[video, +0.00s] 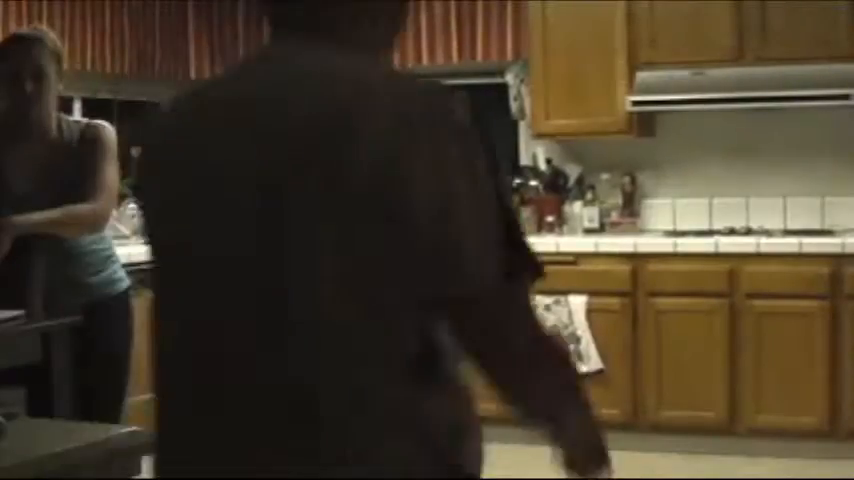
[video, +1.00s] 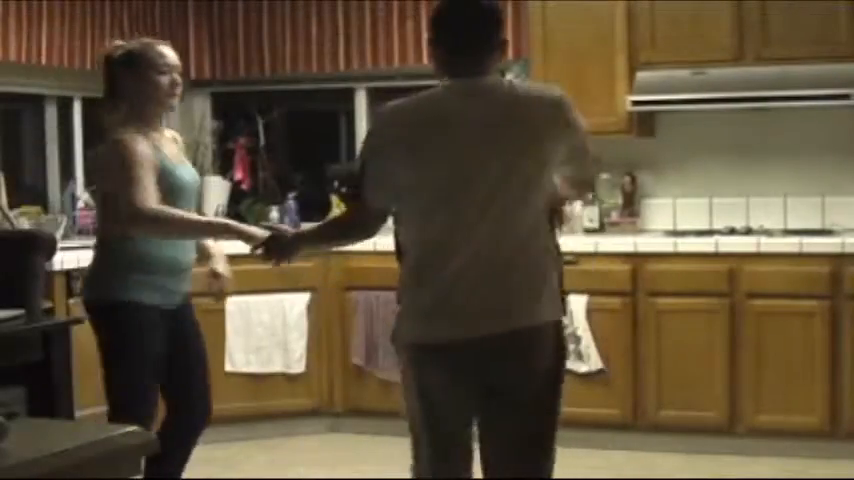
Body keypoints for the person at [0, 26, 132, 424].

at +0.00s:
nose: (26, 88)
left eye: (37, 77)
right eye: (15, 78)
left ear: (58, 80)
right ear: (2, 83)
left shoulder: (94, 135)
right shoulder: (7, 143)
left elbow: (98, 213)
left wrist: (16, 225)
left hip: (97, 298)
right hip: (30, 304)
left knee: (97, 431)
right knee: (41, 427)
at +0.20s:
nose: (45, 83)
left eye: (54, 72)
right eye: (33, 73)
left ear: (67, 79)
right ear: (11, 79)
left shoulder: (96, 136)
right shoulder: (8, 138)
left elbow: (97, 215)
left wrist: (17, 222)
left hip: (97, 295)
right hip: (25, 305)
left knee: (127, 432)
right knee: (42, 435)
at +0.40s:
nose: (79, 76)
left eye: (86, 68)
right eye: (68, 66)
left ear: (91, 77)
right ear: (32, 71)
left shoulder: (107, 136)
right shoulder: (10, 135)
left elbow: (103, 214)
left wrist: (25, 217)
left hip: (103, 294)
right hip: (26, 302)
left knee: (151, 425)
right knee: (44, 433)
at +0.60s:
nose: (106, 68)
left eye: (110, 61)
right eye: (91, 58)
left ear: (115, 73)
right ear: (55, 69)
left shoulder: (129, 135)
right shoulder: (21, 142)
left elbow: (156, 220)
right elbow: (2, 204)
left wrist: (77, 227)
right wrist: (22, 221)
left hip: (123, 298)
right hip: (51, 306)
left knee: (156, 420)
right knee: (62, 432)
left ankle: (155, 477)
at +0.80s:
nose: (138, 73)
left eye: (141, 66)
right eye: (125, 63)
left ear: (146, 77)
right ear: (91, 74)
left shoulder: (156, 138)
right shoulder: (71, 139)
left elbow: (184, 214)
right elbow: (31, 200)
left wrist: (176, 257)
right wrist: (120, 218)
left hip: (146, 303)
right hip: (86, 304)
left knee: (166, 415)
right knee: (90, 424)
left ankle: (150, 477)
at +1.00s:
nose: (177, 81)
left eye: (179, 73)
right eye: (164, 73)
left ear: (179, 80)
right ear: (130, 82)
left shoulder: (170, 140)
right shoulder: (124, 143)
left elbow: (185, 211)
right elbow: (138, 213)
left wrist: (213, 251)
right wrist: (237, 230)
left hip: (170, 296)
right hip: (126, 297)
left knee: (193, 410)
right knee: (135, 420)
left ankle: (159, 476)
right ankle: (120, 477)